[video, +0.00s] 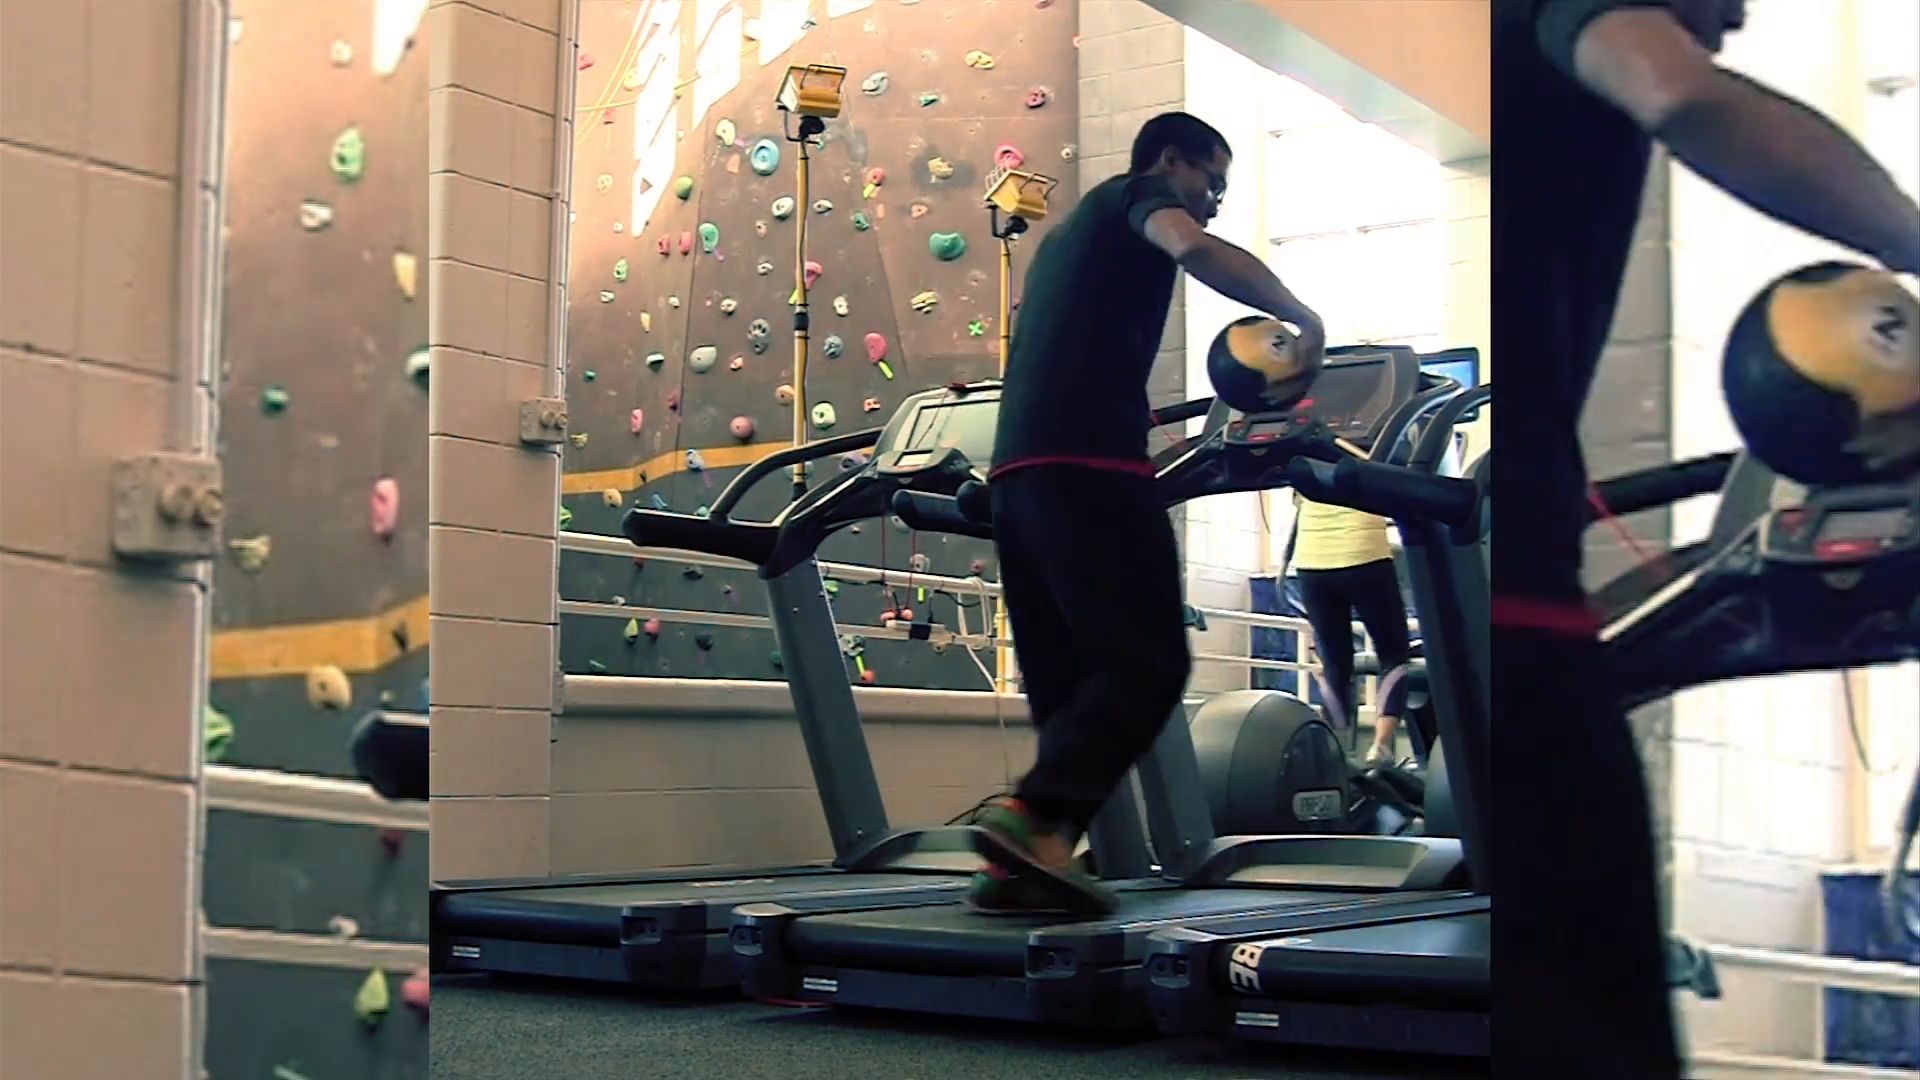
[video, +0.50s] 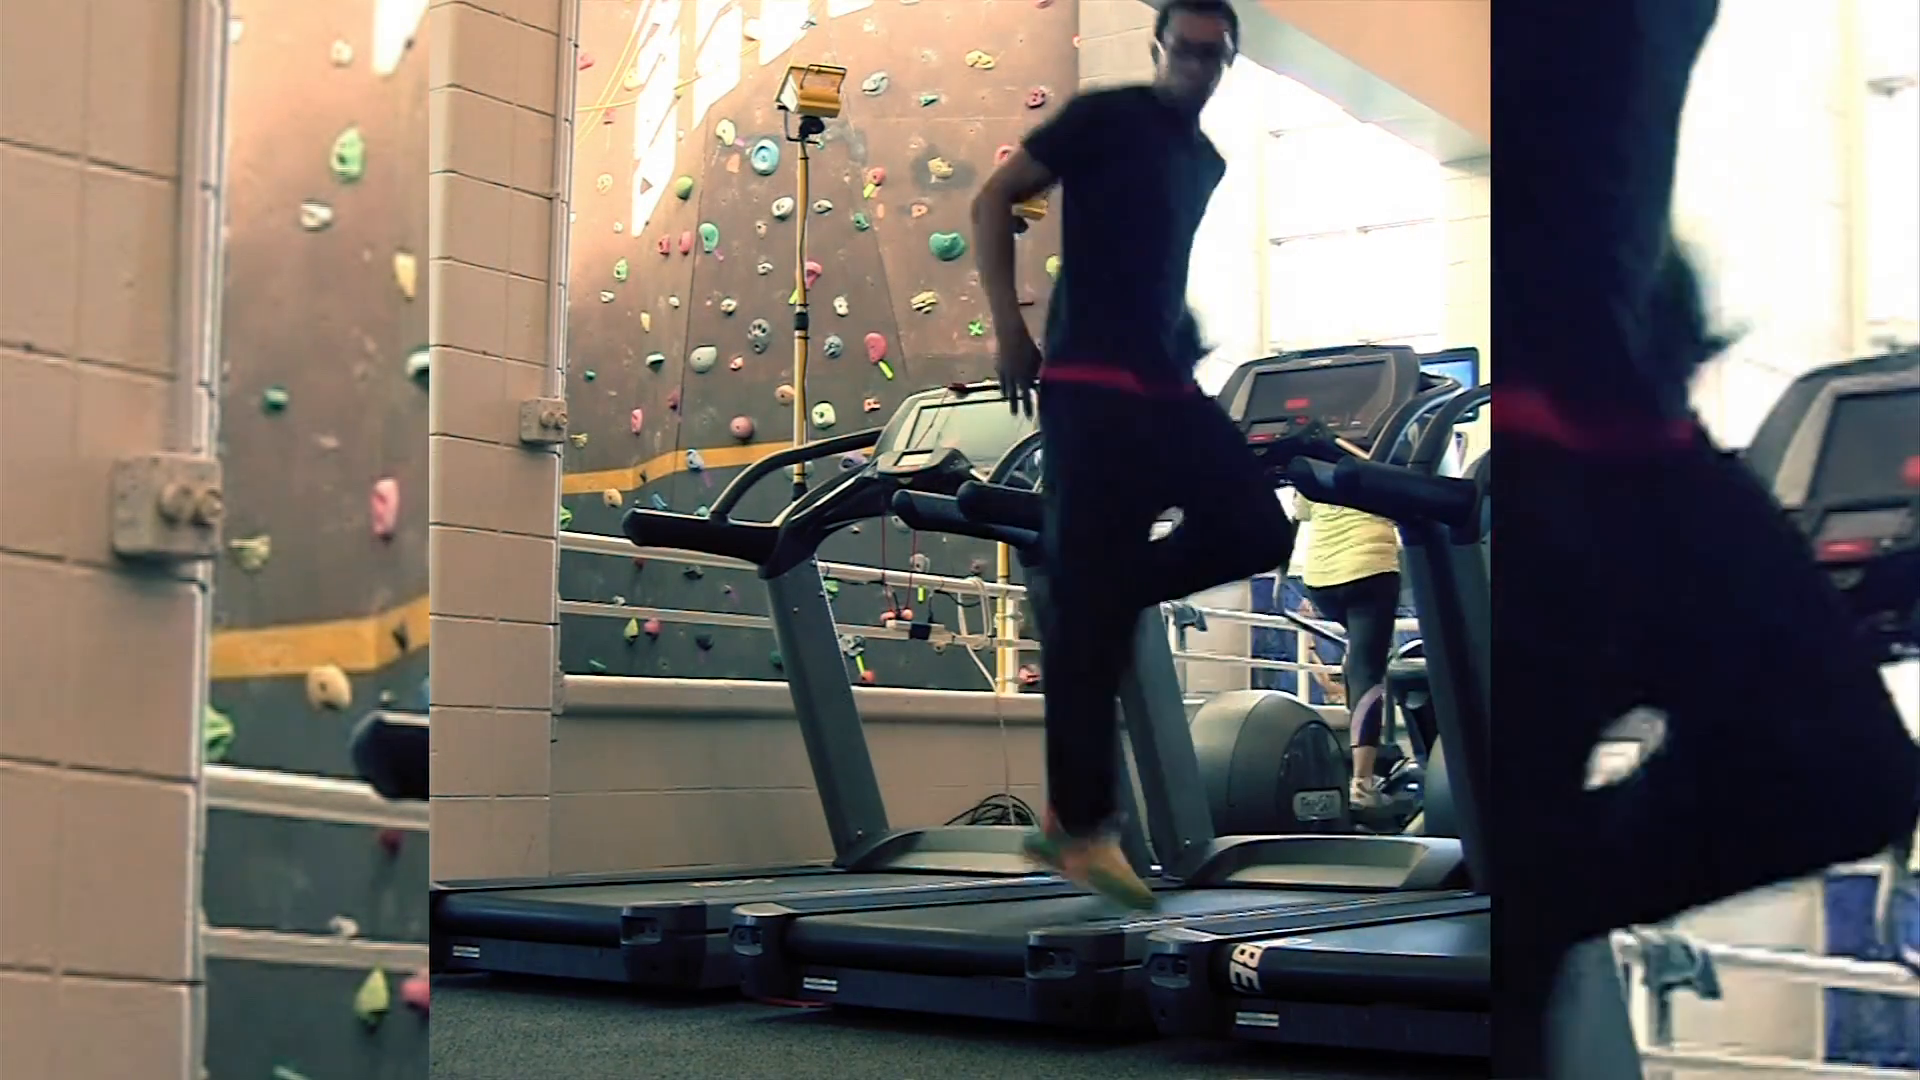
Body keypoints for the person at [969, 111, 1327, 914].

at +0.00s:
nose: (1214, 200)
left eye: (1219, 189)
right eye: (1213, 183)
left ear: (1151, 163)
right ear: (1168, 158)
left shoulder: (1065, 231)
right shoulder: (1138, 191)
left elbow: (1047, 361)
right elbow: (1191, 246)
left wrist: (1131, 420)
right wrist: (1297, 311)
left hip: (1020, 474)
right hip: (1086, 466)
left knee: (1064, 672)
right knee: (1152, 660)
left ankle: (1040, 862)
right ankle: (1033, 818)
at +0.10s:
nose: (1229, 211)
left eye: (1233, 197)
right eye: (1225, 190)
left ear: (1174, 171)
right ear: (1178, 168)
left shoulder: (1066, 256)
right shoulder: (1144, 200)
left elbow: (1009, 385)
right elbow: (1148, 248)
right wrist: (1236, 322)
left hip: (1026, 485)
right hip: (1110, 475)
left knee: (1061, 680)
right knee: (1202, 646)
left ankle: (984, 858)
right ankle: (1143, 834)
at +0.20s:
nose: (1254, 195)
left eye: (1260, 183)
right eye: (1246, 174)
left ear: (1193, 167)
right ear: (1196, 158)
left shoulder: (1119, 232)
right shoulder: (1171, 210)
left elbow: (1009, 336)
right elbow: (1085, 259)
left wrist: (986, 442)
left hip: (1060, 484)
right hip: (1135, 481)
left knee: (1058, 655)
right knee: (1225, 657)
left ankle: (951, 824)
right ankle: (1198, 853)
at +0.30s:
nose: (1261, 183)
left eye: (1270, 173)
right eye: (1249, 164)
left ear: (1263, 185)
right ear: (1198, 162)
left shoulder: (1161, 244)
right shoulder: (1174, 223)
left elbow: (1041, 292)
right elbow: (1045, 261)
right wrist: (983, 377)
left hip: (1098, 488)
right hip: (1143, 487)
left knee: (1129, 676)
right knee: (1227, 659)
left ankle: (971, 756)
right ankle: (1150, 859)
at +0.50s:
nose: (1204, 66)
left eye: (1218, 53)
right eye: (1190, 49)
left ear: (1230, 60)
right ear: (1157, 45)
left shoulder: (1204, 160)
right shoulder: (1105, 113)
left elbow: (1152, 253)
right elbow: (991, 200)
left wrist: (1173, 329)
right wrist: (1008, 327)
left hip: (1170, 390)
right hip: (1091, 386)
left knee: (1258, 531)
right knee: (1091, 605)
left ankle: (1095, 593)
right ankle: (1078, 827)